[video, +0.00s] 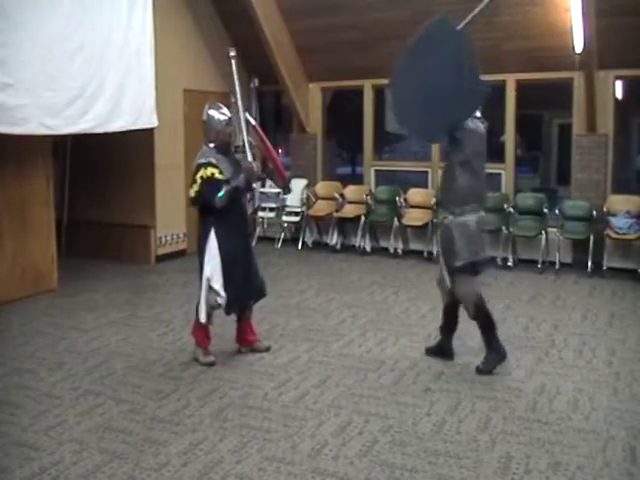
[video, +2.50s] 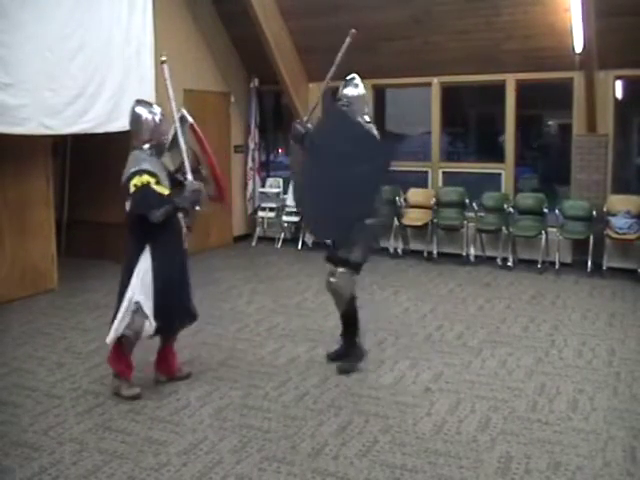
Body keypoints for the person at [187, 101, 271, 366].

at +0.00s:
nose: (232, 133)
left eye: (232, 128)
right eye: (227, 128)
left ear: (230, 130)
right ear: (212, 133)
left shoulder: (232, 158)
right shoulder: (207, 165)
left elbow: (238, 191)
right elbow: (216, 201)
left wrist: (255, 174)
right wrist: (243, 179)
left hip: (237, 230)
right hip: (216, 232)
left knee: (246, 281)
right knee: (212, 284)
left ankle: (246, 335)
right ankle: (201, 341)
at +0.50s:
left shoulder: (286, 179)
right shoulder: (257, 180)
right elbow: (266, 220)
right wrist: (297, 221)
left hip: (281, 246)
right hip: (256, 247)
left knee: (303, 283)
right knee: (236, 293)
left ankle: (310, 333)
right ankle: (209, 344)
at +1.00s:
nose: (310, 158)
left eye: (312, 154)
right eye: (306, 152)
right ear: (291, 150)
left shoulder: (293, 172)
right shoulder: (276, 176)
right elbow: (279, 216)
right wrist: (309, 223)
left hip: (297, 234)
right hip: (279, 237)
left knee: (313, 284)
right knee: (288, 289)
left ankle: (311, 333)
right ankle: (261, 343)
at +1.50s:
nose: (252, 135)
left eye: (252, 130)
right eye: (248, 130)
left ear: (238, 136)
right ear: (239, 135)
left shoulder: (244, 162)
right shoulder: (234, 171)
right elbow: (246, 211)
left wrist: (274, 196)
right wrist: (273, 202)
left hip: (241, 240)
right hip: (248, 244)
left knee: (239, 294)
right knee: (257, 294)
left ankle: (213, 336)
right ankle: (256, 353)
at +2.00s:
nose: (198, 128)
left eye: (195, 122)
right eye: (193, 123)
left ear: (176, 131)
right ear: (182, 129)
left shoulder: (184, 163)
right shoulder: (179, 169)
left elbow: (201, 192)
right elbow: (189, 210)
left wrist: (213, 193)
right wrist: (220, 203)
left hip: (178, 245)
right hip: (190, 246)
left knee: (174, 300)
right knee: (210, 296)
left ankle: (167, 364)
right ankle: (217, 359)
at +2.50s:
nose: (167, 127)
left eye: (165, 122)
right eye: (161, 123)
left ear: (154, 128)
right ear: (148, 129)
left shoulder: (158, 160)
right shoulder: (142, 167)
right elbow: (152, 211)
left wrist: (188, 186)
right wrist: (182, 199)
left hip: (169, 245)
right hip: (148, 248)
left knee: (172, 302)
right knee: (138, 307)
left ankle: (166, 360)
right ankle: (121, 371)